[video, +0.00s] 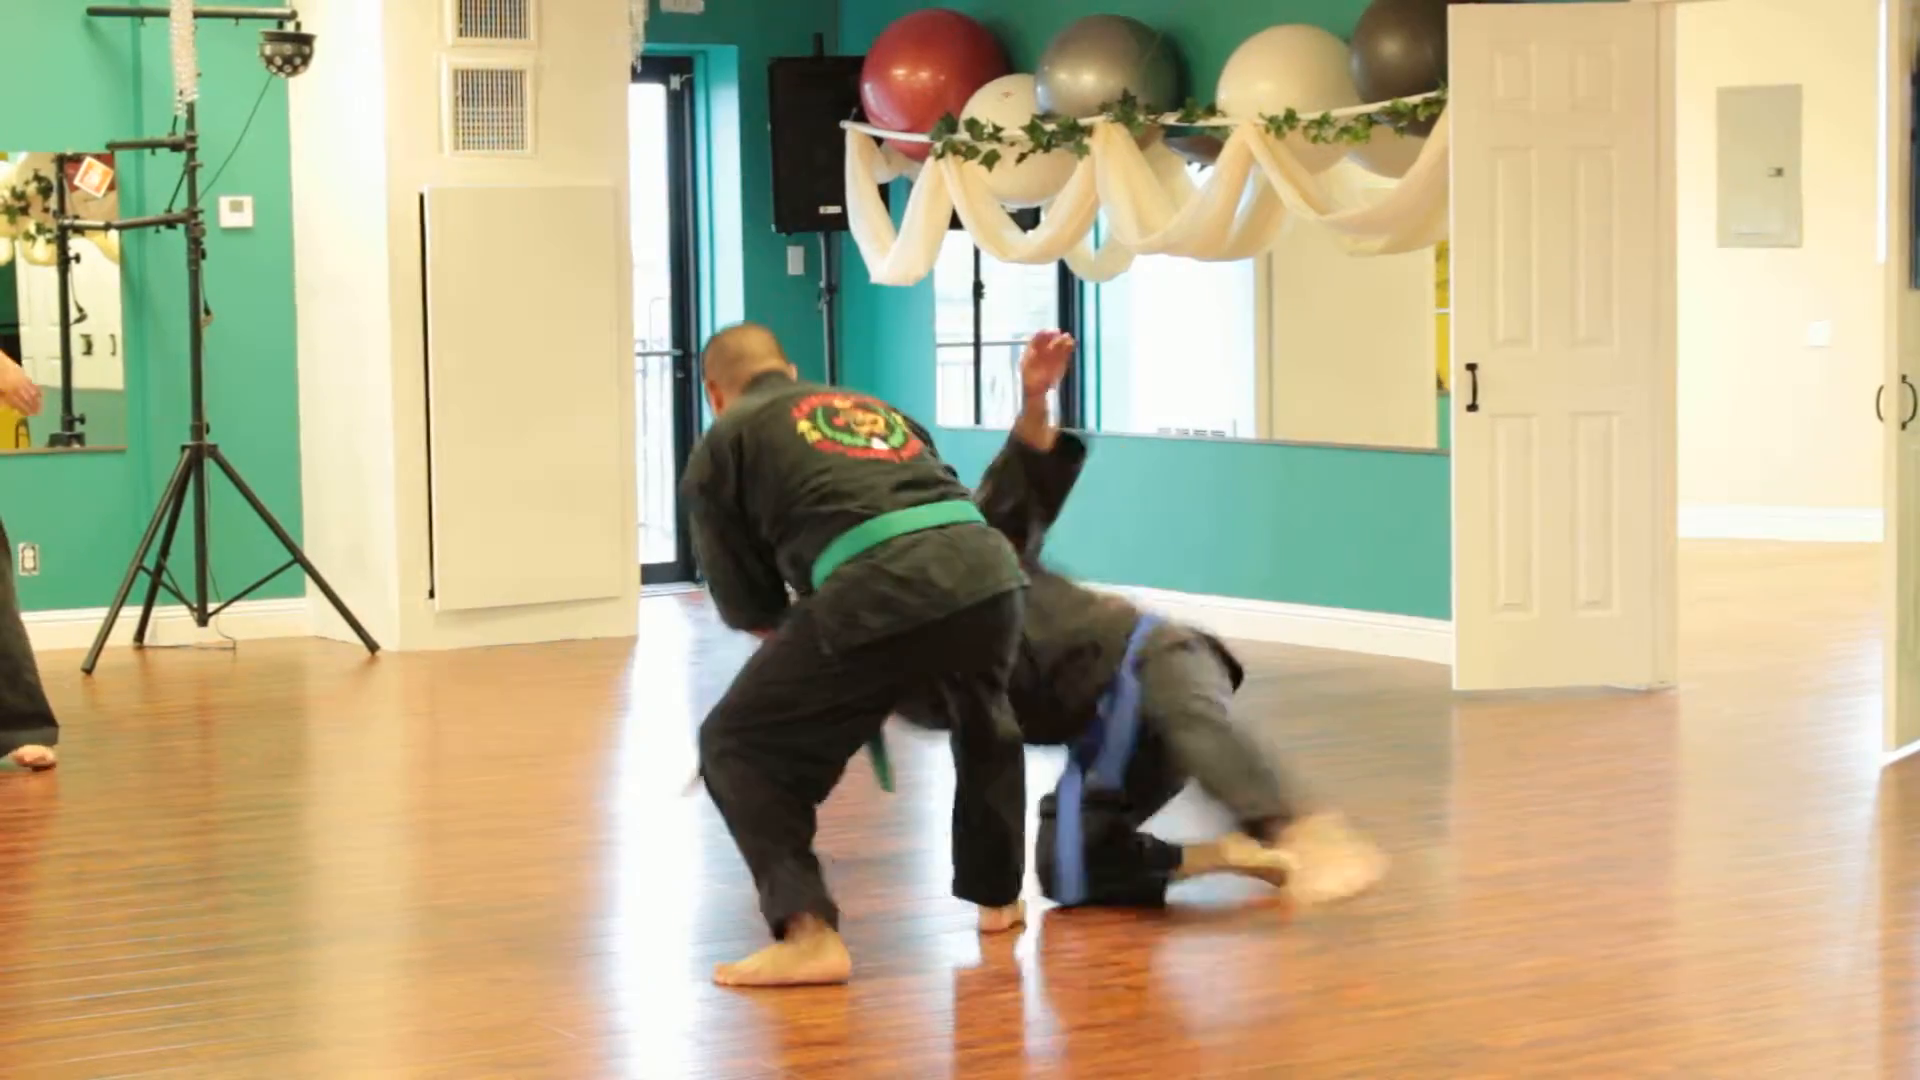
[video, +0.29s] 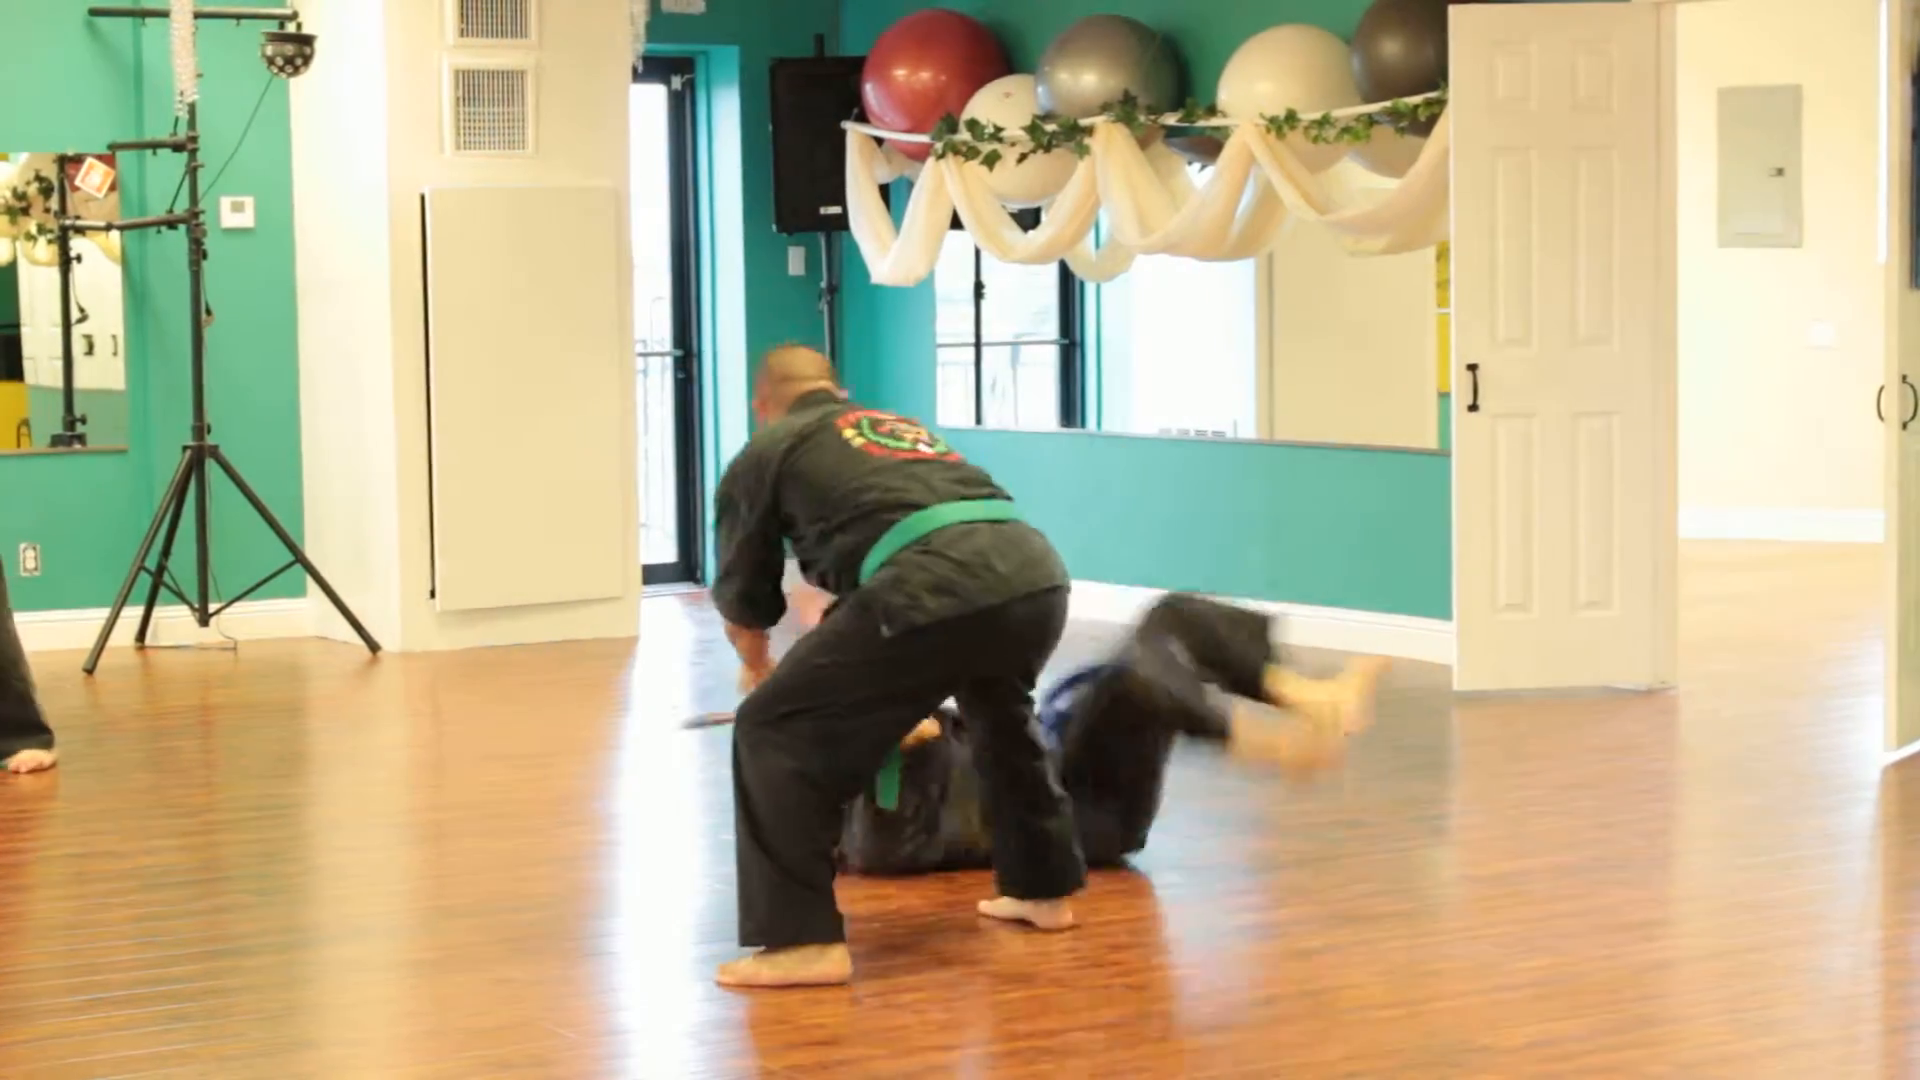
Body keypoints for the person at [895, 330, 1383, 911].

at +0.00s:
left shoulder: (966, 556)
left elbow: (1016, 488)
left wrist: (1035, 398)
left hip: (1151, 652)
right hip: (1109, 732)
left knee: (1195, 730)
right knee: (1071, 867)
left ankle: (1303, 839)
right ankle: (1230, 856)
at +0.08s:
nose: (919, 702)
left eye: (916, 699)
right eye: (914, 709)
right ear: (913, 726)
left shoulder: (988, 620)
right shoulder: (935, 746)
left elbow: (1004, 525)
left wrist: (988, 444)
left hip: (1145, 698)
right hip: (1103, 774)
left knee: (1262, 704)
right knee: (1079, 869)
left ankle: (1420, 776)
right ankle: (1232, 866)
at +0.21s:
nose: (925, 729)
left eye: (927, 716)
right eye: (910, 732)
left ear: (938, 705)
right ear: (898, 754)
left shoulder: (970, 714)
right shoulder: (909, 818)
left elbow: (1054, 734)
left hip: (1132, 732)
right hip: (1095, 820)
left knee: (1265, 638)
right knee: (1128, 783)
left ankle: (1410, 720)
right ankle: (1261, 845)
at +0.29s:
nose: (917, 719)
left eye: (912, 712)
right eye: (905, 722)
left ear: (891, 718)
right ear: (875, 745)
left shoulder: (928, 744)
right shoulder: (883, 836)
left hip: (1081, 756)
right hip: (1086, 819)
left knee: (1172, 620)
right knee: (1132, 682)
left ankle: (1310, 695)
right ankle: (1273, 742)